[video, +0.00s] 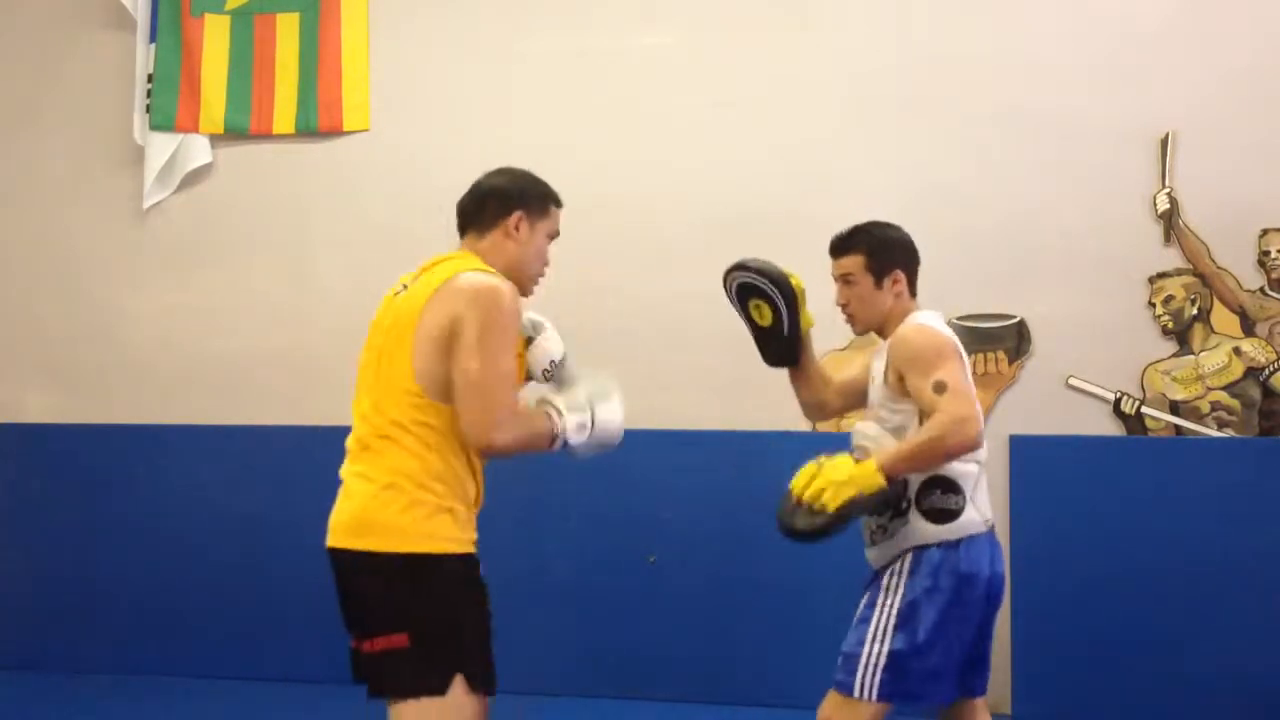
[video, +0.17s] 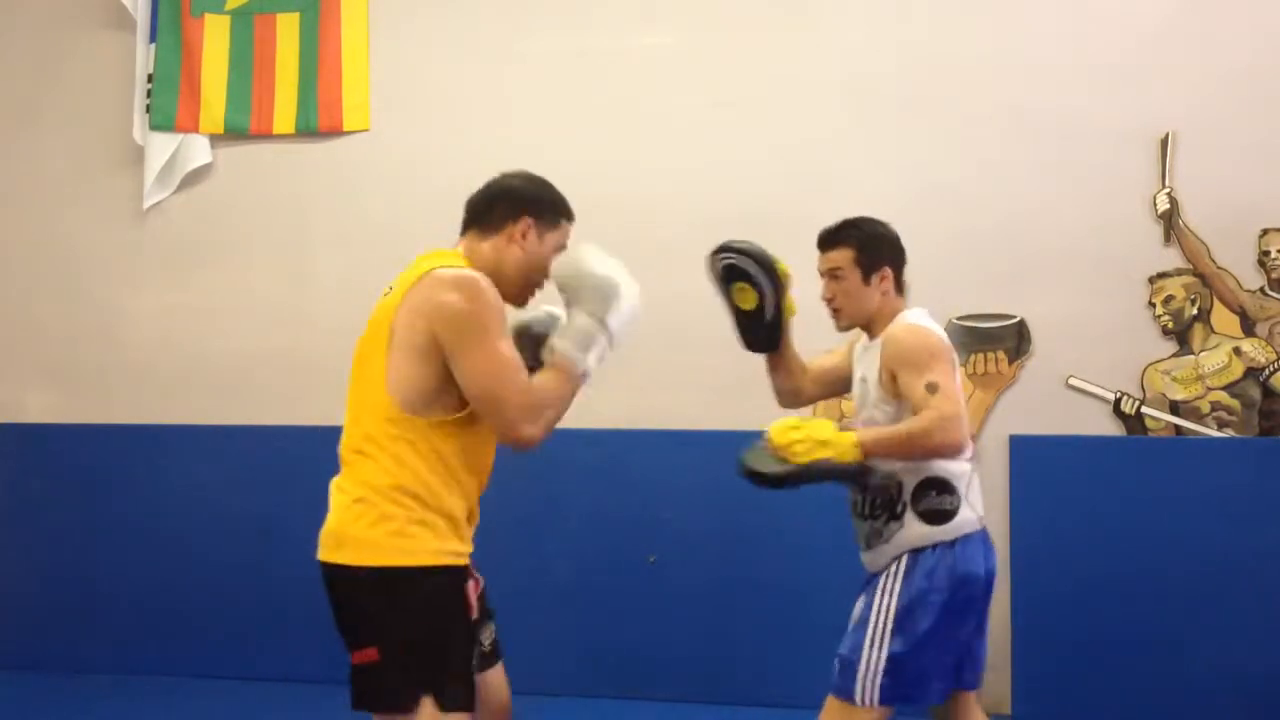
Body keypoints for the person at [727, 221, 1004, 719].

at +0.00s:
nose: (838, 298)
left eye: (849, 283)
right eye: (836, 284)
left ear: (895, 284)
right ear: (889, 288)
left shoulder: (919, 339)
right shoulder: (888, 351)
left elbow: (962, 427)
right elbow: (820, 404)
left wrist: (872, 469)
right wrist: (796, 335)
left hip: (929, 557)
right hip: (959, 554)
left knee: (844, 711)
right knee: (962, 706)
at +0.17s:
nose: (824, 293)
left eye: (836, 277)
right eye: (823, 279)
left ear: (882, 281)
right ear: (875, 285)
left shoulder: (911, 339)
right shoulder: (869, 347)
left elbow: (949, 433)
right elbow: (795, 390)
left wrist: (847, 443)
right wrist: (770, 320)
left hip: (926, 555)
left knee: (849, 710)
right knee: (959, 703)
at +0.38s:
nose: (820, 299)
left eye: (833, 284)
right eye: (818, 286)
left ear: (879, 287)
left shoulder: (913, 344)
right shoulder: (862, 353)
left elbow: (941, 444)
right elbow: (794, 390)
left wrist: (844, 441)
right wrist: (770, 325)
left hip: (930, 557)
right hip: (907, 557)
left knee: (849, 706)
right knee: (947, 699)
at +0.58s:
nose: (844, 289)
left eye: (858, 275)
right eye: (842, 275)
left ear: (903, 279)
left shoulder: (931, 340)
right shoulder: (867, 347)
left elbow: (955, 437)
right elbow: (794, 374)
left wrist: (859, 434)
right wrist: (785, 307)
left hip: (930, 552)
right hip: (899, 552)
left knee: (856, 708)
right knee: (949, 699)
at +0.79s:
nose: (853, 297)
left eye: (864, 281)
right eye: (849, 283)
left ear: (909, 282)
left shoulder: (936, 341)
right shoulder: (886, 350)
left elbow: (977, 434)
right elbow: (832, 410)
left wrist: (880, 457)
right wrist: (813, 355)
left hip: (937, 553)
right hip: (916, 551)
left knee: (854, 709)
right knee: (942, 704)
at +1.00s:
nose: (826, 345)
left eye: (837, 329)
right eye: (823, 331)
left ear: (882, 330)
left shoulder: (929, 385)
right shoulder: (870, 396)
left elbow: (967, 482)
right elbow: (810, 453)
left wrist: (876, 505)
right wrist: (778, 395)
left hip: (959, 590)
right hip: (926, 587)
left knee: (850, 714)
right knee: (910, 714)